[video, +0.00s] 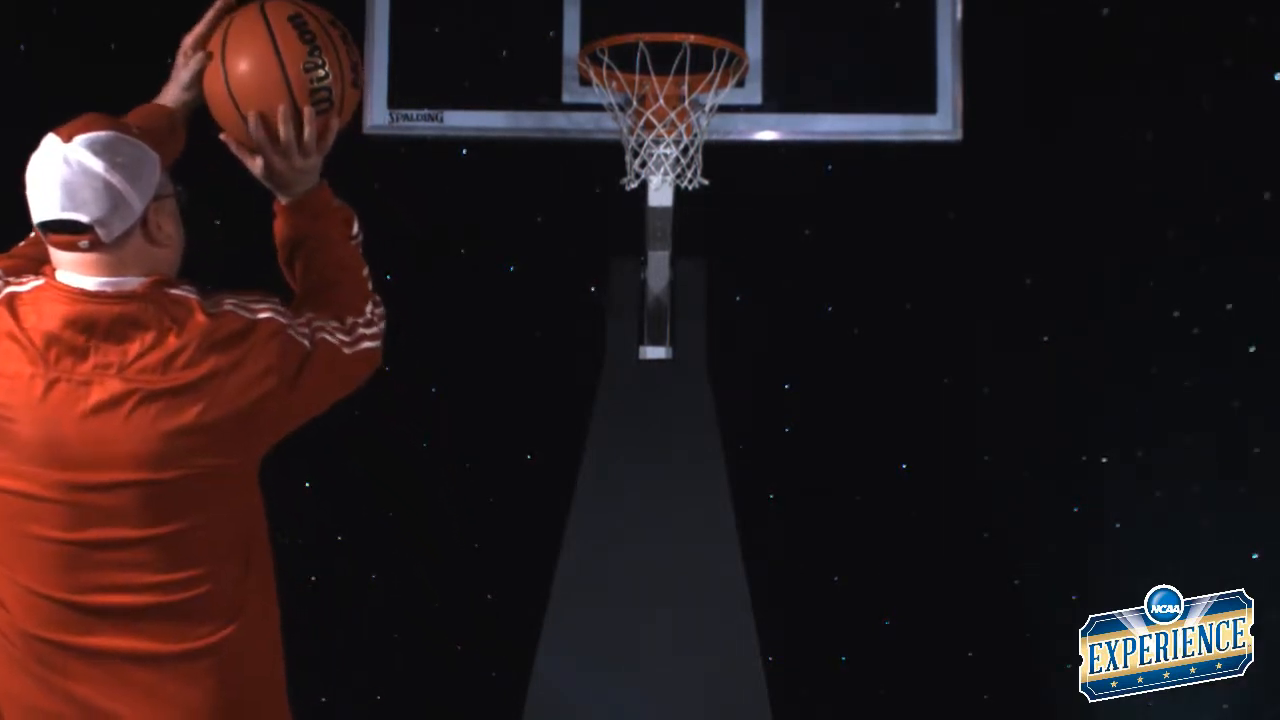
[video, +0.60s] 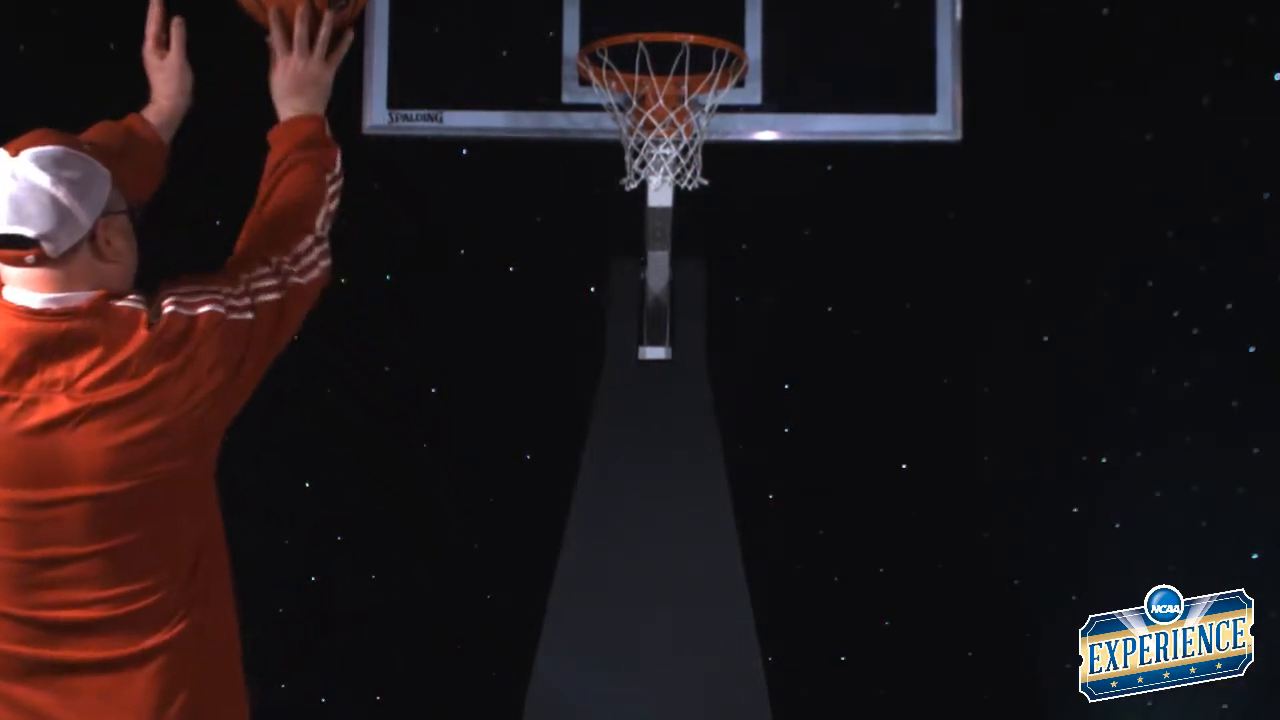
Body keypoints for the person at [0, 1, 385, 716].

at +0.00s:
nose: (176, 210)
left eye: (169, 195)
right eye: (169, 198)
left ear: (50, 224)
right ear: (154, 222)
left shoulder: (3, 325)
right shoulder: (223, 353)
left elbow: (63, 215)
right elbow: (355, 332)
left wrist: (170, 105)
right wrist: (305, 199)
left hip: (33, 698)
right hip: (200, 700)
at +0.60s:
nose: (130, 229)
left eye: (123, 216)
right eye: (121, 219)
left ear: (18, 242)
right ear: (99, 243)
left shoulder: (3, 337)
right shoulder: (160, 358)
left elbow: (34, 190)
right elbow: (288, 261)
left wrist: (157, 119)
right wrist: (303, 118)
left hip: (19, 699)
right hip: (161, 702)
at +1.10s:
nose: (90, 253)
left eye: (76, 241)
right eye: (76, 245)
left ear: (5, 288)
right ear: (60, 277)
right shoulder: (115, 387)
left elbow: (25, 227)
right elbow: (210, 233)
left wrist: (124, 151)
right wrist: (276, 92)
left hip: (19, 699)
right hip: (132, 703)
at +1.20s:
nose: (88, 266)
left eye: (75, 253)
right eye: (75, 256)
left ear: (14, 292)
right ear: (53, 287)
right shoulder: (105, 395)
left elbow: (19, 240)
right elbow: (201, 232)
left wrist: (116, 157)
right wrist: (263, 91)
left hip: (16, 701)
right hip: (128, 703)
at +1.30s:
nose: (76, 273)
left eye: (62, 261)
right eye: (62, 266)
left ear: (13, 309)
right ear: (36, 304)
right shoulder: (97, 409)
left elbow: (12, 243)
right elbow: (192, 246)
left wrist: (105, 169)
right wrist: (250, 91)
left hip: (17, 698)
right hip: (128, 700)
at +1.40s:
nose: (60, 281)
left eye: (45, 272)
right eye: (46, 279)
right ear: (31, 319)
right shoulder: (96, 419)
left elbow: (10, 259)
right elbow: (188, 258)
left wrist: (93, 179)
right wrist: (234, 94)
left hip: (17, 700)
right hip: (127, 701)